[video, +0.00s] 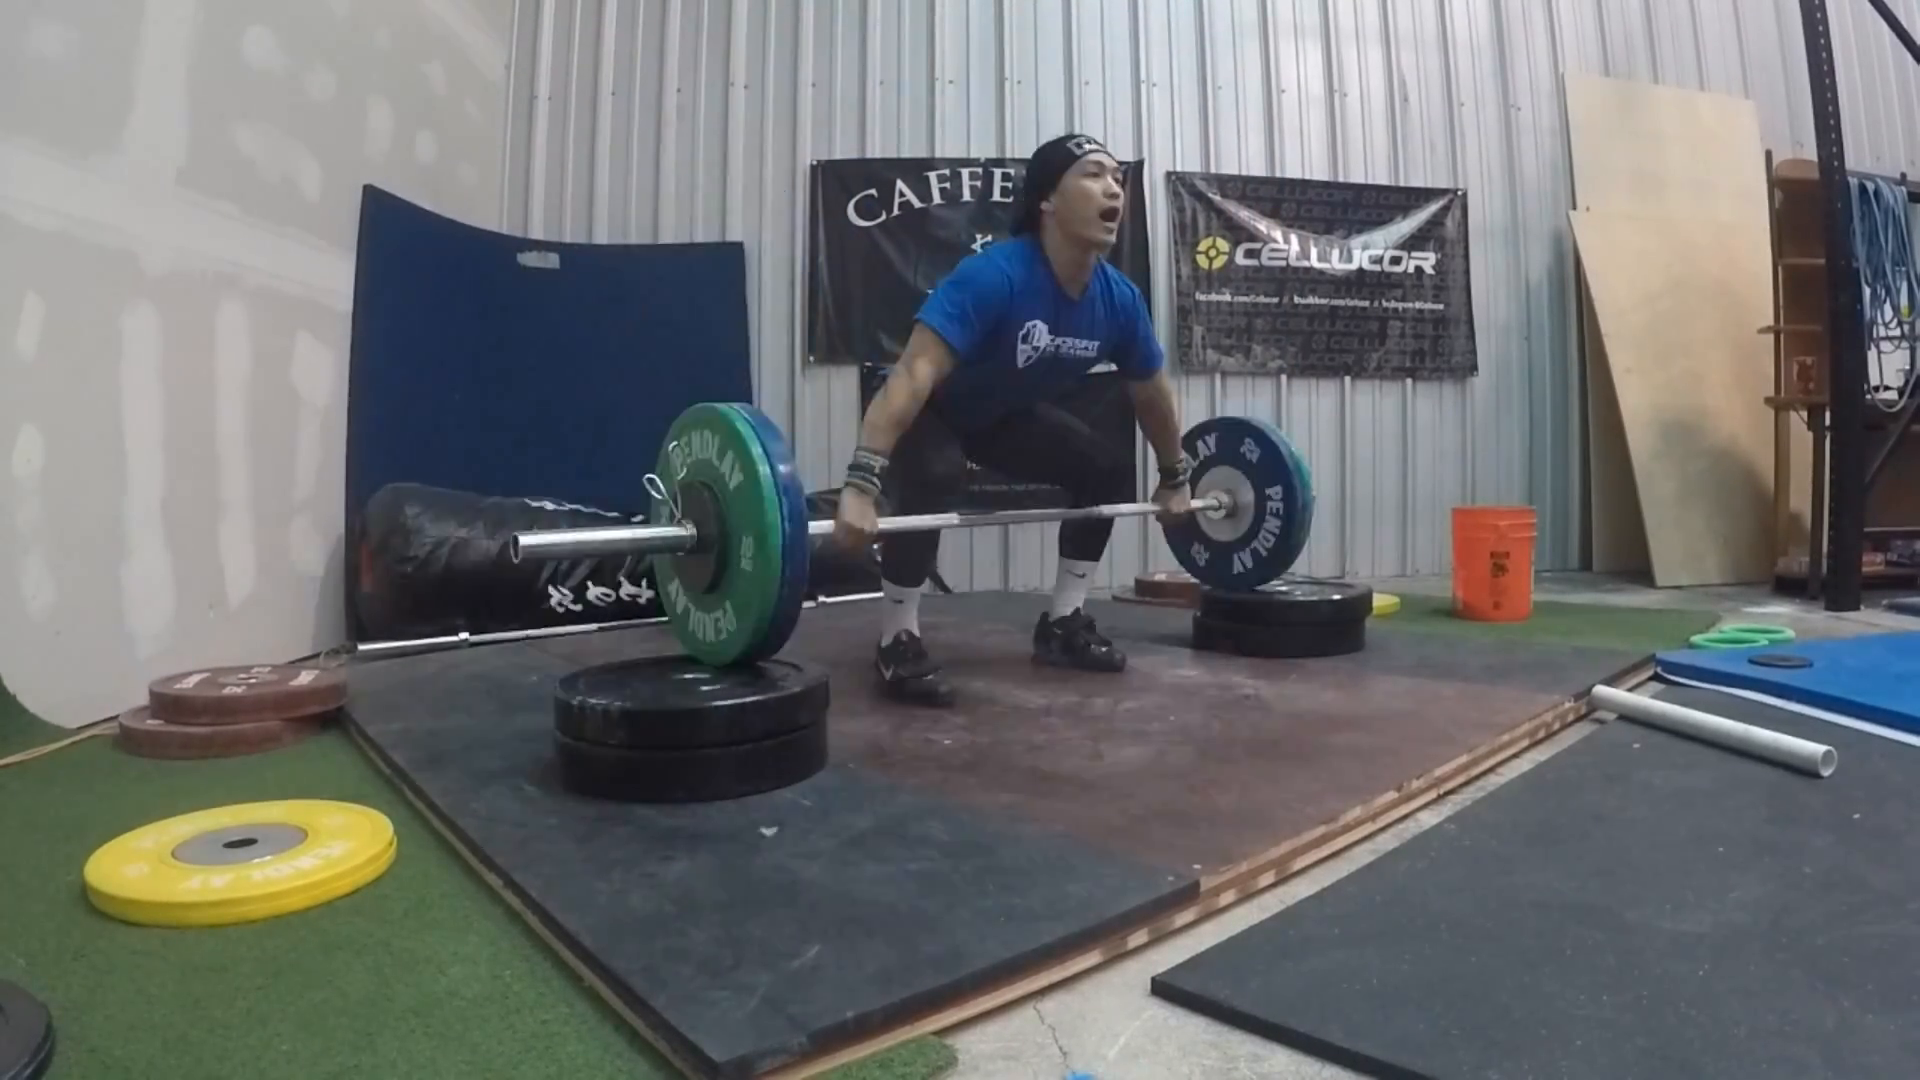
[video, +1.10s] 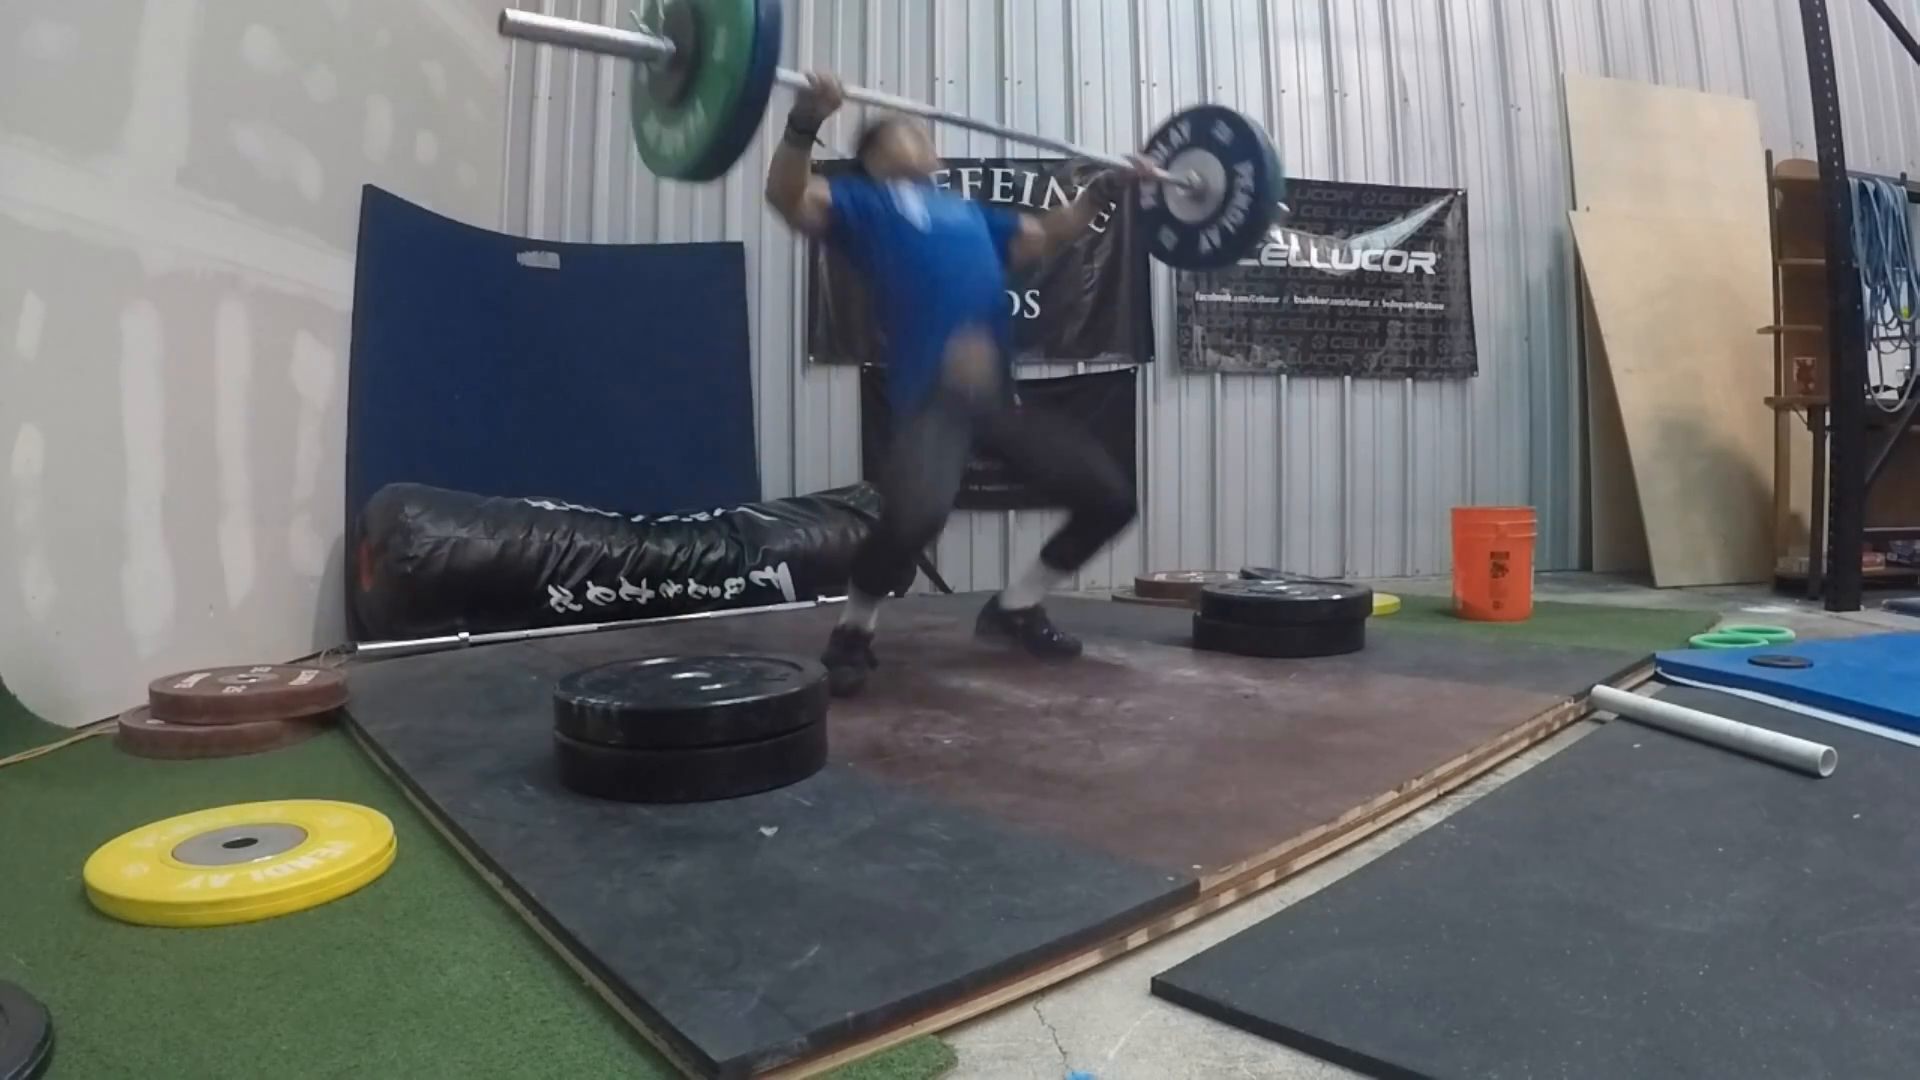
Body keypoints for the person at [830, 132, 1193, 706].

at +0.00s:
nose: (1114, 189)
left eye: (1118, 178)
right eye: (1094, 175)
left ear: (1122, 202)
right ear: (1048, 202)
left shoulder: (1121, 302)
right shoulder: (991, 276)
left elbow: (1151, 392)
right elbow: (913, 372)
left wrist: (1175, 477)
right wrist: (861, 480)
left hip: (1004, 418)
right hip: (928, 413)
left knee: (1104, 466)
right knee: (932, 474)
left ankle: (1063, 621)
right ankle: (900, 638)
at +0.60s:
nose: (1104, 119)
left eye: (1106, 109)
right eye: (1085, 108)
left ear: (1111, 132)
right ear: (1040, 133)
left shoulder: (1102, 231)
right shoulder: (984, 206)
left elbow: (1131, 324)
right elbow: (900, 294)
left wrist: (1162, 417)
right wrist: (860, 400)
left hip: (996, 367)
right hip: (920, 361)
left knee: (1076, 451)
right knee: (917, 459)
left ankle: (1064, 620)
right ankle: (899, 639)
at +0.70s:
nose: (1084, 63)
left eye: (1085, 55)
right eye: (1063, 53)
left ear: (1089, 85)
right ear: (1022, 81)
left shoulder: (1090, 183)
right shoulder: (972, 159)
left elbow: (1124, 277)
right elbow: (884, 233)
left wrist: (1152, 365)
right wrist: (853, 333)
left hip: (1001, 347)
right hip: (916, 340)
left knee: (1074, 454)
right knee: (924, 459)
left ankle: (1063, 620)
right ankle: (901, 639)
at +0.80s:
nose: (1012, 19)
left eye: (1014, 15)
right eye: (993, 15)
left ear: (1022, 49)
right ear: (962, 48)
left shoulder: (1055, 134)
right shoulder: (941, 112)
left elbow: (1097, 223)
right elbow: (858, 176)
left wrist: (1143, 309)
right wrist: (841, 266)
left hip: (1037, 331)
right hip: (957, 329)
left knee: (1111, 460)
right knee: (963, 456)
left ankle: (1072, 613)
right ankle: (908, 632)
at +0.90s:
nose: (937, 20)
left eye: (938, 18)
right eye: (917, 21)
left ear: (949, 46)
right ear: (891, 49)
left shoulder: (1005, 111)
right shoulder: (890, 83)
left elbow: (1067, 181)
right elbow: (833, 126)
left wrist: (1138, 244)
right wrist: (837, 183)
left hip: (1035, 276)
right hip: (959, 271)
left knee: (1077, 422)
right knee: (954, 416)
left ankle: (1086, 600)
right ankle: (912, 620)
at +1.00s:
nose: (902, 72)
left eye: (904, 67)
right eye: (886, 68)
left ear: (915, 87)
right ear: (858, 92)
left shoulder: (953, 136)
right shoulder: (859, 130)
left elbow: (1038, 185)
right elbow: (797, 146)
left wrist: (1134, 200)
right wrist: (824, 127)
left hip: (1009, 292)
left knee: (1080, 441)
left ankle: (1041, 595)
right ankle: (871, 615)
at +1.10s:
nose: (914, 139)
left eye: (920, 133)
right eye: (898, 133)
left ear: (932, 155)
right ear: (873, 155)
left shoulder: (971, 213)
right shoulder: (865, 201)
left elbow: (1043, 237)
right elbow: (786, 197)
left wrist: (1108, 187)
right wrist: (804, 123)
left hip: (998, 404)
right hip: (926, 406)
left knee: (1110, 499)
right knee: (916, 517)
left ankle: (1016, 605)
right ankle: (854, 631)